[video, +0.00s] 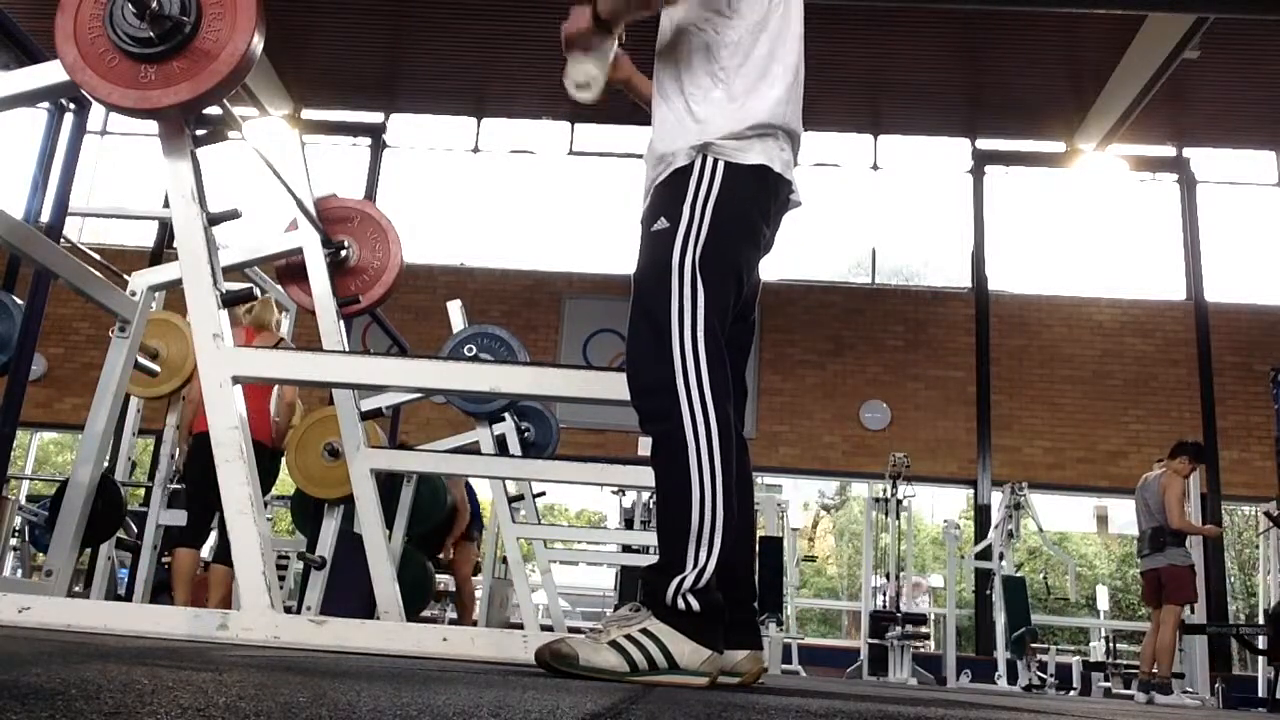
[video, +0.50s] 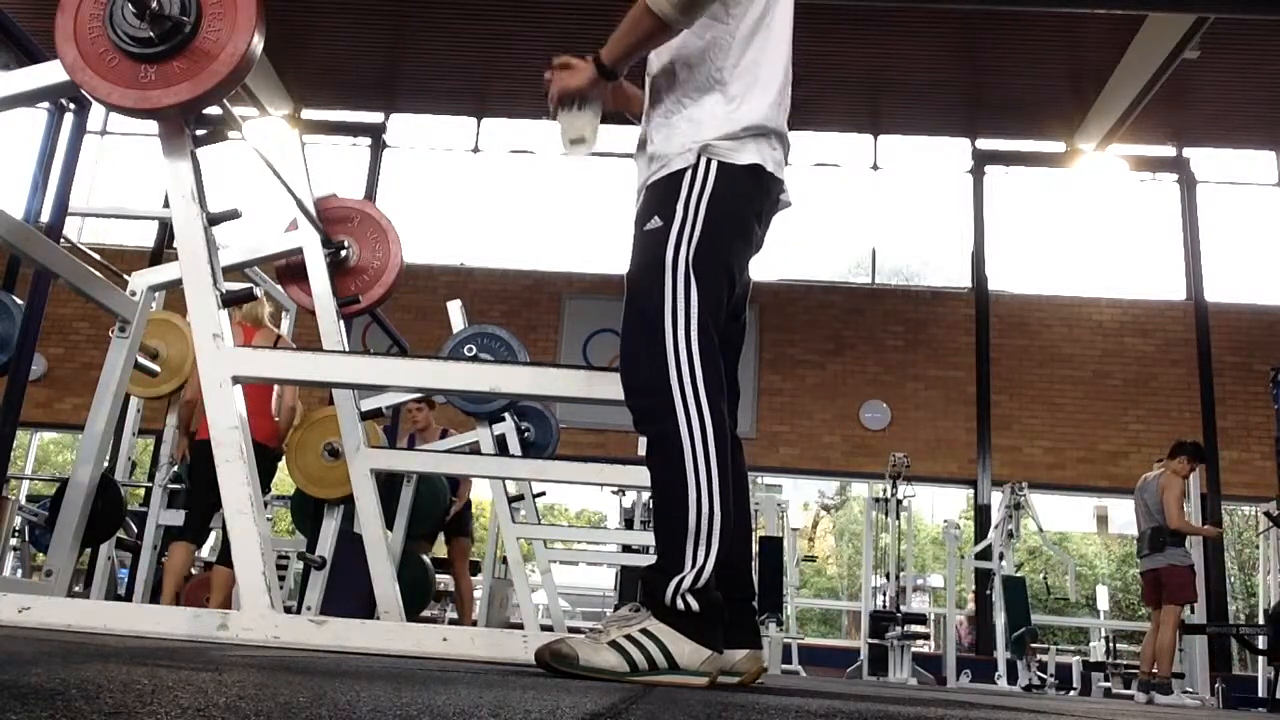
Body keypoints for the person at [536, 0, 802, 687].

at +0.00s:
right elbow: (697, 112)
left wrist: (600, 17)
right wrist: (618, 68)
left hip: (717, 151)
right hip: (724, 158)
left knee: (674, 373)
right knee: (708, 398)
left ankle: (688, 621)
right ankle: (731, 634)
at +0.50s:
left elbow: (668, 5)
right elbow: (687, 101)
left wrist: (600, 64)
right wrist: (611, 90)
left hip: (710, 147)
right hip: (699, 152)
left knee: (668, 372)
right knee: (697, 394)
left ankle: (689, 621)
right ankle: (730, 632)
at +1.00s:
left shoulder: (662, 4)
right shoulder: (656, 16)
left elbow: (671, 70)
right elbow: (680, 153)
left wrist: (634, 196)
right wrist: (611, 241)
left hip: (744, 147)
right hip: (780, 152)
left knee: (680, 373)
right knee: (706, 388)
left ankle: (686, 623)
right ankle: (709, 627)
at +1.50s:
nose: (453, 196)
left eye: (442, 172)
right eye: (437, 189)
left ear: (472, 121)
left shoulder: (589, 85)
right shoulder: (552, 230)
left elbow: (721, 169)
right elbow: (501, 366)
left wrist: (658, 257)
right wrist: (417, 493)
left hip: (801, 201)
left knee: (635, 348)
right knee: (657, 396)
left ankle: (684, 621)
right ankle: (702, 624)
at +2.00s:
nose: (477, 106)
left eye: (469, 84)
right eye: (466, 98)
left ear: (500, 38)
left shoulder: (620, 30)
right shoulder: (580, 157)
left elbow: (721, 149)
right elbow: (564, 285)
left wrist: (676, 259)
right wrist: (516, 417)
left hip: (802, 171)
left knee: (667, 350)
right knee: (689, 387)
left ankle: (684, 623)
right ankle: (710, 629)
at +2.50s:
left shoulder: (756, 3)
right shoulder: (698, 22)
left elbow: (770, 53)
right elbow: (745, 134)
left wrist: (717, 180)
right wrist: (722, 246)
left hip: (810, 168)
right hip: (768, 182)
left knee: (744, 380)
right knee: (714, 397)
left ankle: (752, 619)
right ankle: (718, 617)